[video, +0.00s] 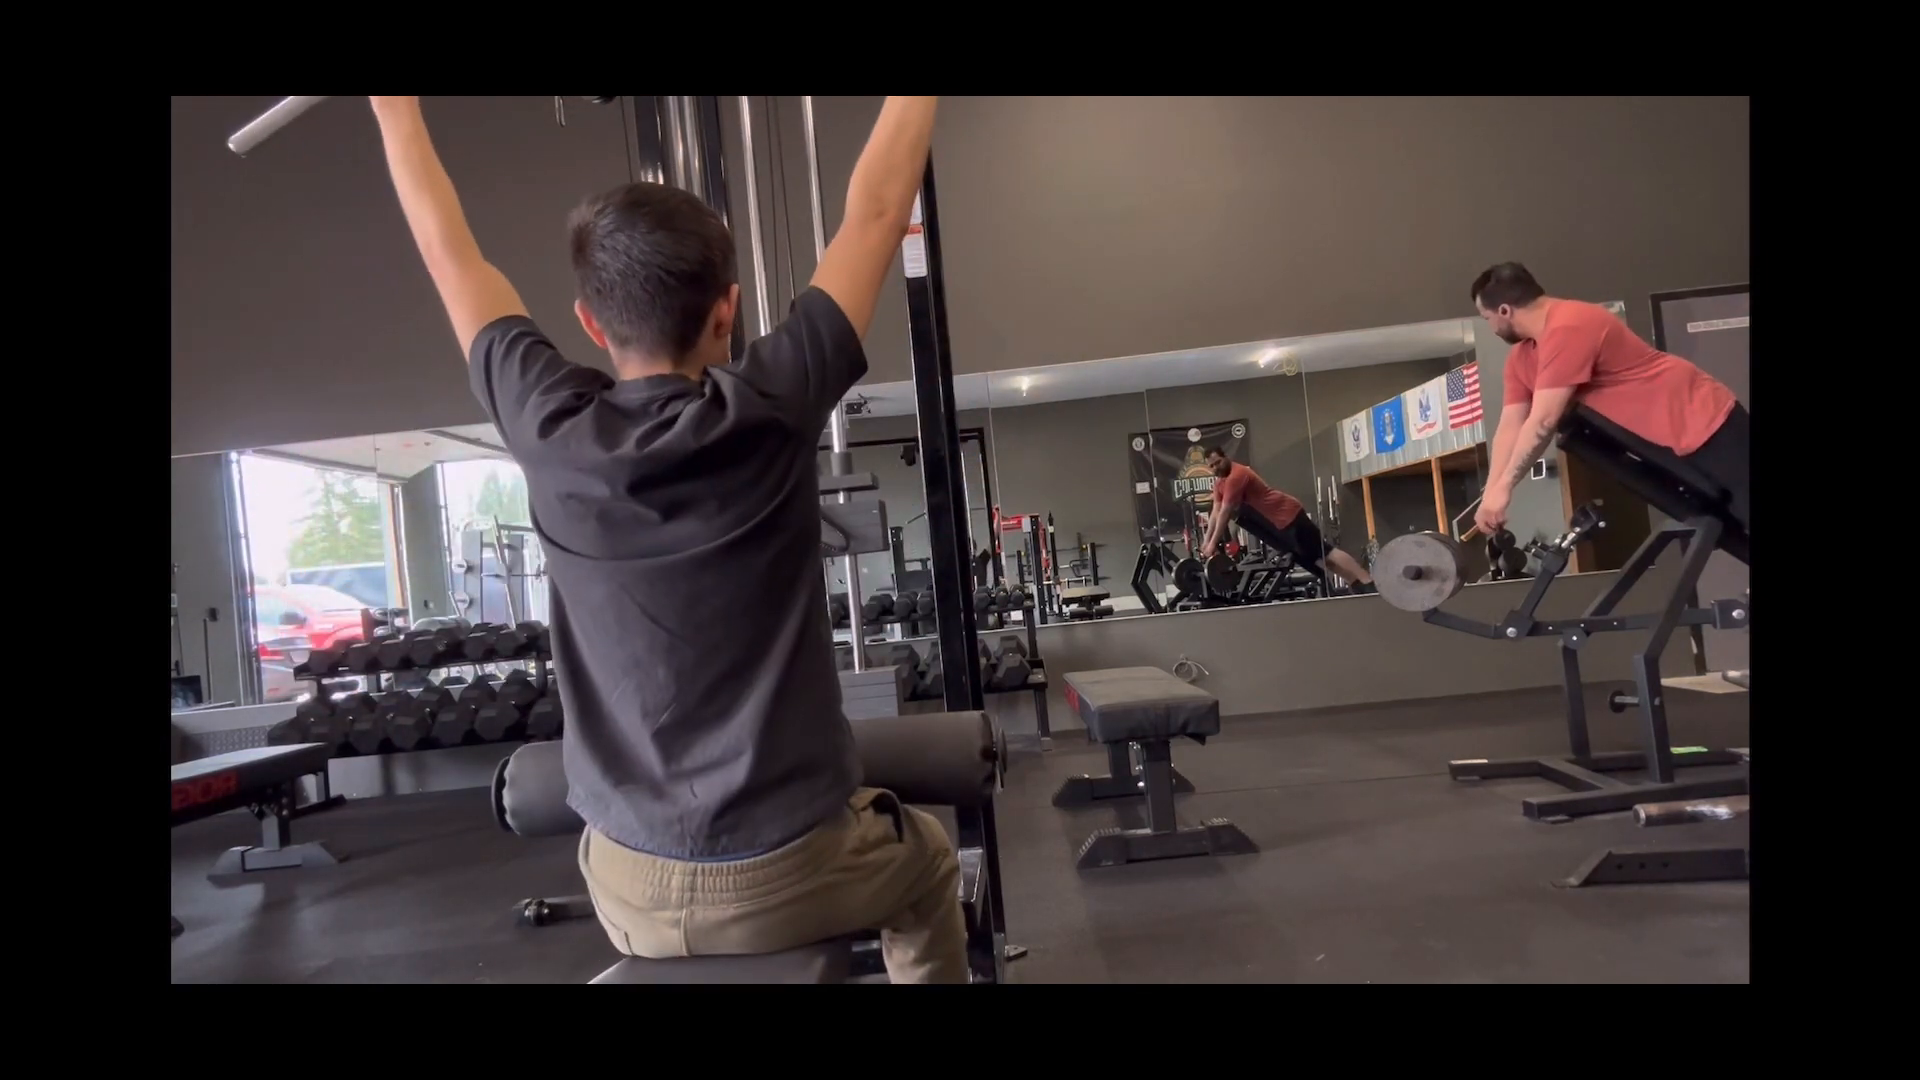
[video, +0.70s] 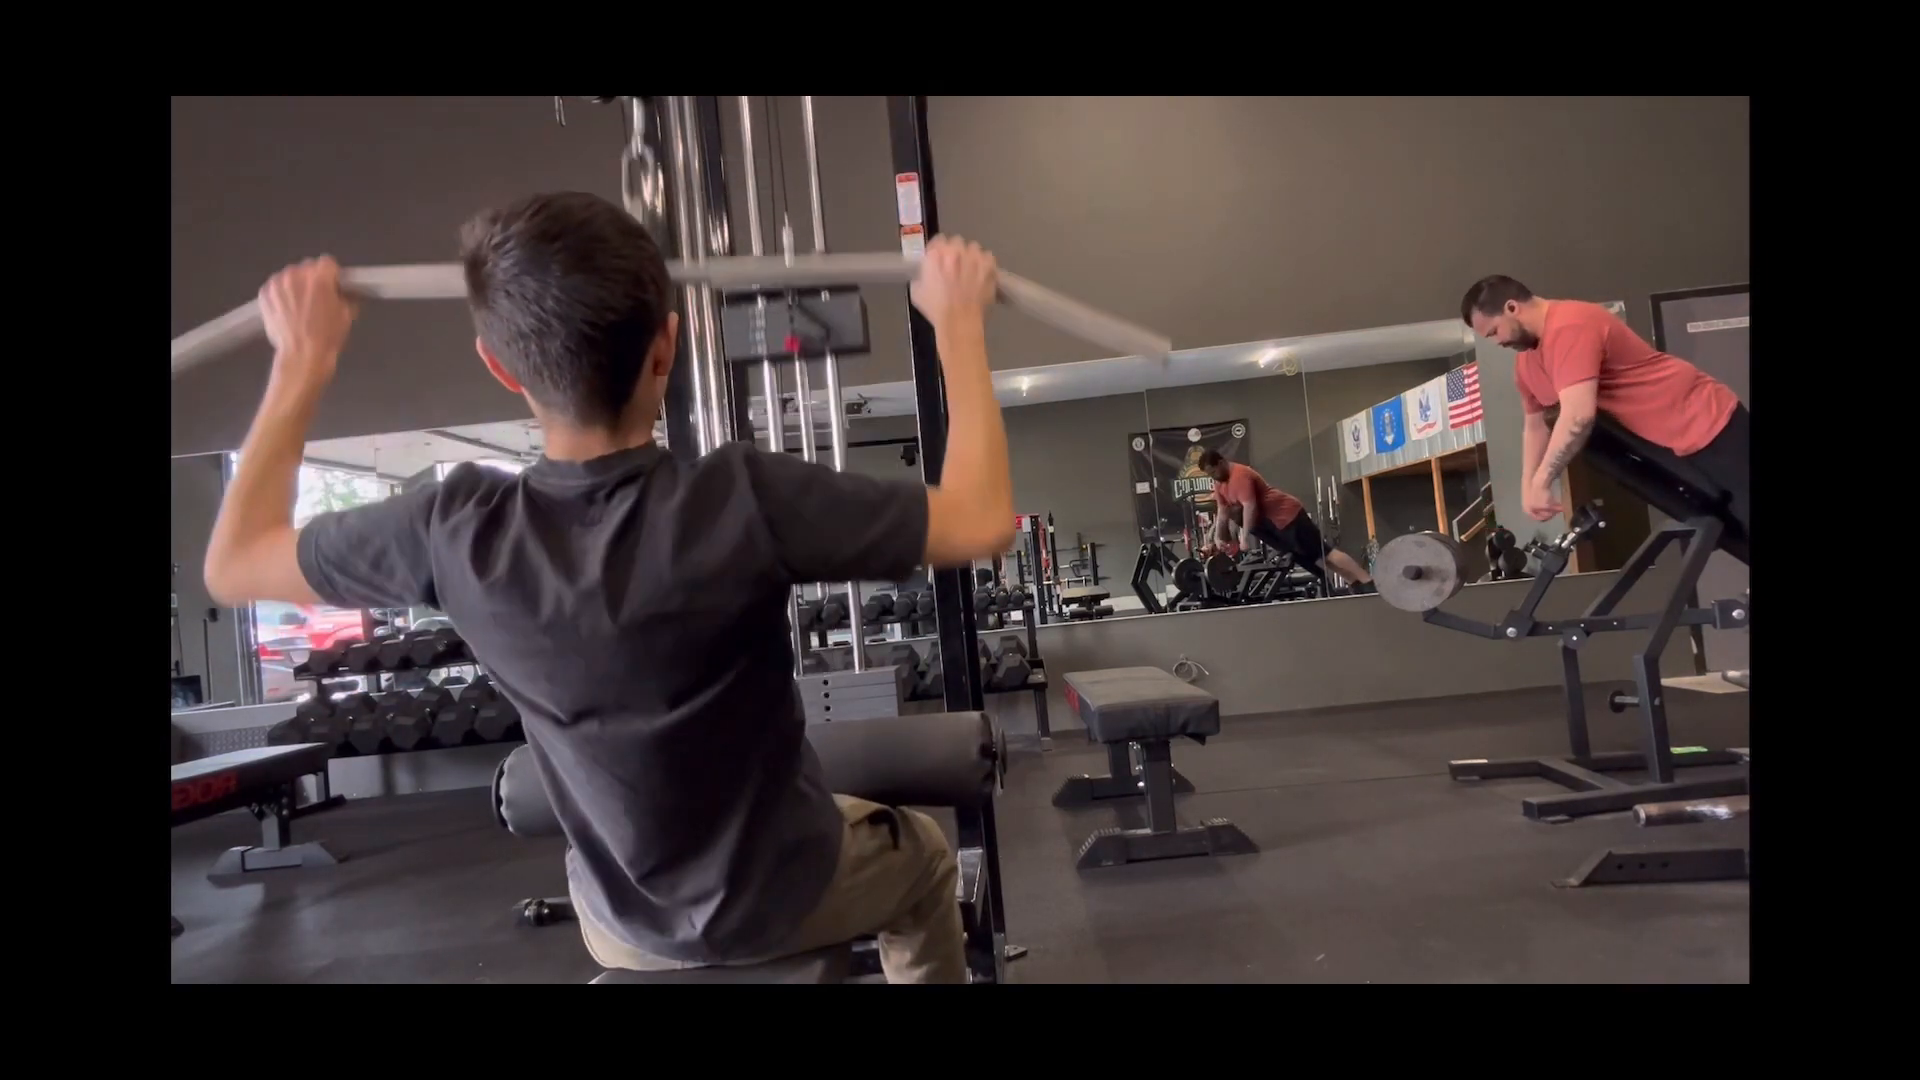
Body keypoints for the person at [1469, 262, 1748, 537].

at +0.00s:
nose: (1489, 325)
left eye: (1486, 317)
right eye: (1485, 318)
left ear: (1504, 311)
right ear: (1512, 308)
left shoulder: (1569, 324)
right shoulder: (1520, 358)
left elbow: (1543, 422)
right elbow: (1509, 424)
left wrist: (1503, 486)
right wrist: (1493, 491)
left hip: (1705, 420)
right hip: (1665, 446)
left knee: (1745, 518)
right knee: (1729, 531)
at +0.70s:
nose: (1496, 343)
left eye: (1493, 332)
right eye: (1489, 337)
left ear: (1513, 307)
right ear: (1511, 310)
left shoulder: (1570, 324)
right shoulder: (1526, 364)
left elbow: (1579, 417)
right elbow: (1535, 424)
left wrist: (1542, 480)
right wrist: (1530, 484)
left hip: (1709, 421)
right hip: (1672, 448)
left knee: (1745, 520)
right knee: (1732, 534)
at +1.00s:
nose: (1490, 356)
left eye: (1484, 346)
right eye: (1483, 350)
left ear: (1499, 326)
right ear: (1499, 329)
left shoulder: (1561, 329)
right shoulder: (1530, 373)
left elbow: (1591, 418)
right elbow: (1568, 431)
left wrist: (1578, 480)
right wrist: (1574, 486)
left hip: (1706, 423)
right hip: (1667, 453)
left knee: (1746, 515)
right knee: (1730, 534)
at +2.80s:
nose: (1492, 352)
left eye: (1488, 342)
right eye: (1483, 348)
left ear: (1507, 316)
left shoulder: (1553, 337)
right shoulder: (1524, 368)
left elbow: (1581, 427)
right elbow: (1554, 436)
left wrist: (1576, 496)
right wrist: (1568, 496)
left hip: (1704, 422)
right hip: (1671, 446)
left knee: (1746, 515)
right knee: (1730, 532)